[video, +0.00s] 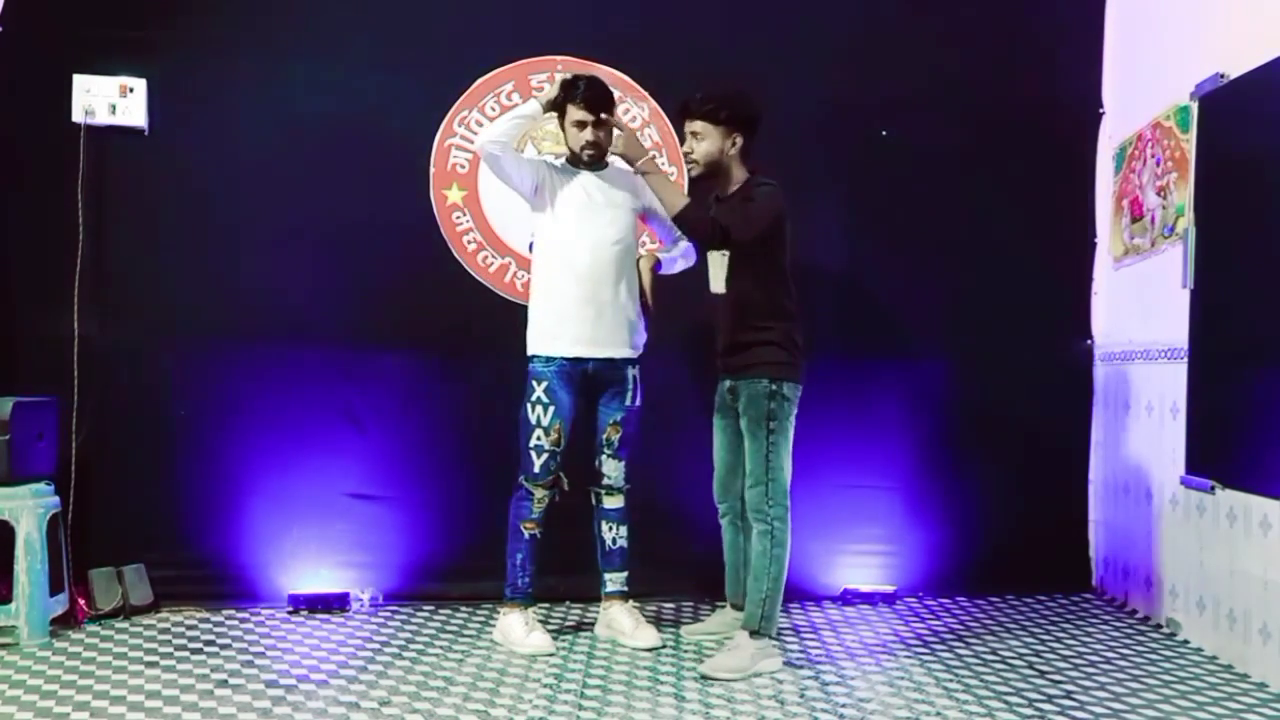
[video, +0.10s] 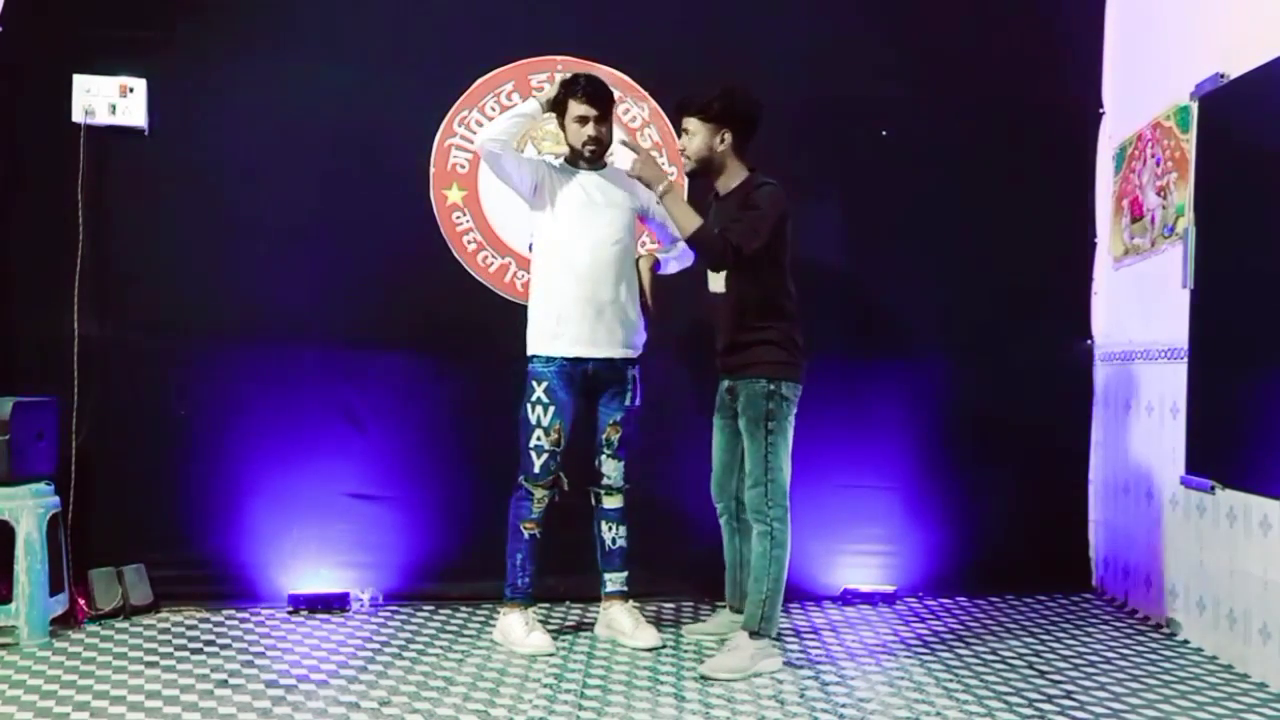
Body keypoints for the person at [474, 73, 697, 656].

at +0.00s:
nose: (591, 135)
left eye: (600, 124)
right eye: (580, 124)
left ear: (612, 127)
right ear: (560, 125)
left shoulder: (633, 185)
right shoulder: (543, 179)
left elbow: (684, 252)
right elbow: (491, 148)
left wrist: (664, 255)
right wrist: (541, 112)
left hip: (619, 352)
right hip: (555, 350)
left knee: (613, 479)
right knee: (539, 479)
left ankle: (616, 604)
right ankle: (516, 610)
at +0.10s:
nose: (592, 131)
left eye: (600, 120)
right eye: (580, 121)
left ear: (612, 123)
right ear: (560, 124)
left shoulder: (633, 188)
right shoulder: (543, 179)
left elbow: (689, 246)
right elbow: (491, 148)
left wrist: (658, 258)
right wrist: (540, 111)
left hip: (619, 351)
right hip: (556, 349)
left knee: (613, 479)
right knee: (539, 479)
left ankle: (616, 604)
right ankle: (515, 610)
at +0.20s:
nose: (596, 128)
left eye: (603, 118)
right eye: (585, 118)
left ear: (611, 122)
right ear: (560, 123)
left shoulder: (630, 187)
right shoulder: (543, 179)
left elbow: (682, 248)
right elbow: (493, 149)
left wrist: (657, 256)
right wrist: (539, 113)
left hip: (618, 351)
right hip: (555, 349)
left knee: (612, 479)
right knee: (539, 478)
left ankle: (616, 605)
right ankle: (516, 610)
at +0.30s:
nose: (601, 125)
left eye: (605, 116)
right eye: (589, 116)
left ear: (611, 120)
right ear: (561, 122)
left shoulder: (631, 184)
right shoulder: (541, 179)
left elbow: (678, 245)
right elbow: (491, 149)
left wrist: (657, 254)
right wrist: (536, 111)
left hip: (617, 351)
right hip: (554, 349)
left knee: (612, 478)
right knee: (539, 478)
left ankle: (616, 605)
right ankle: (516, 611)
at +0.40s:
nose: (604, 125)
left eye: (607, 115)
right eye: (592, 116)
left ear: (612, 120)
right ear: (562, 122)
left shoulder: (632, 185)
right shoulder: (540, 179)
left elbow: (679, 251)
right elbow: (489, 148)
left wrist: (647, 267)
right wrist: (538, 112)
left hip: (616, 348)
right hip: (553, 347)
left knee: (612, 478)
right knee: (539, 477)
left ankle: (616, 605)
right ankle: (515, 611)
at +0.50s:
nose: (605, 126)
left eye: (607, 116)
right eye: (593, 116)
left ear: (611, 119)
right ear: (561, 122)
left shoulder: (630, 183)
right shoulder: (539, 179)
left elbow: (678, 249)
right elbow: (489, 148)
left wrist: (648, 259)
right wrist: (537, 109)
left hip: (616, 348)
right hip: (553, 346)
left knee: (611, 477)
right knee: (538, 477)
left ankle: (616, 605)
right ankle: (515, 611)